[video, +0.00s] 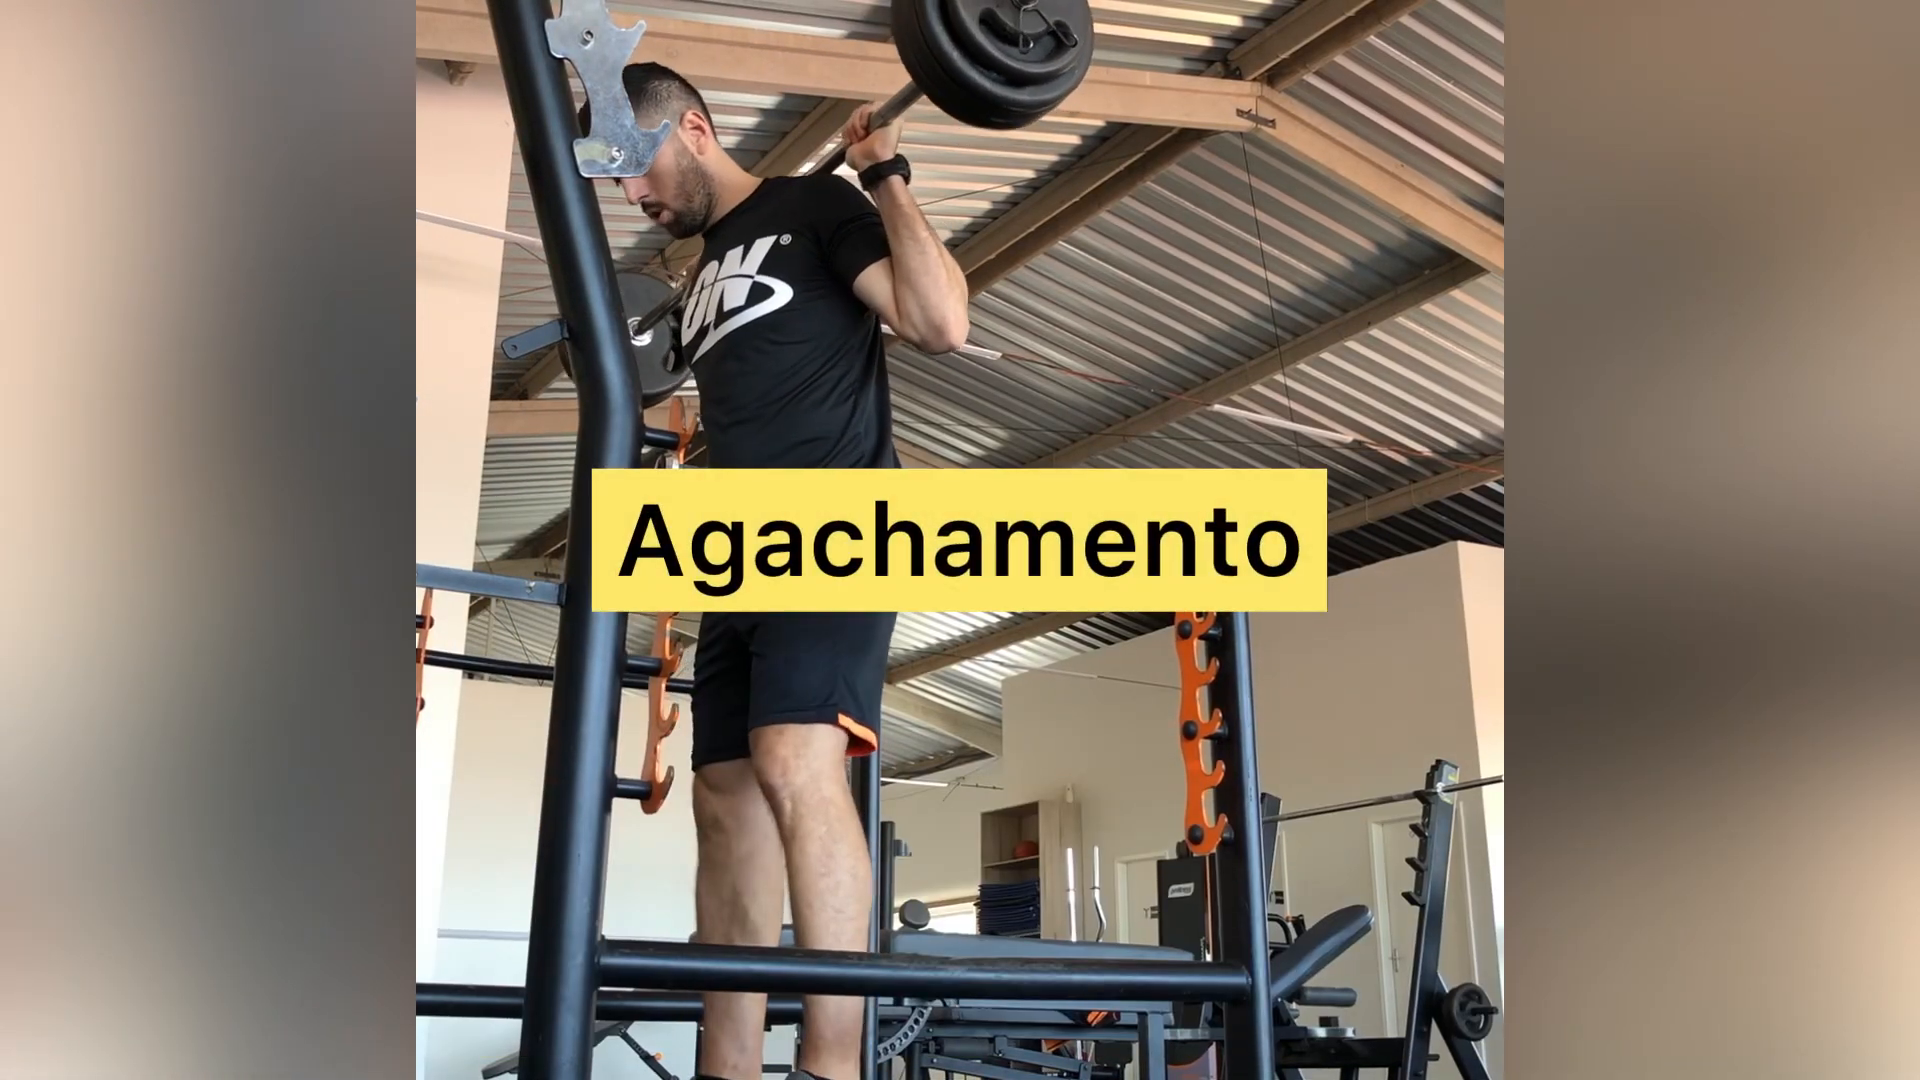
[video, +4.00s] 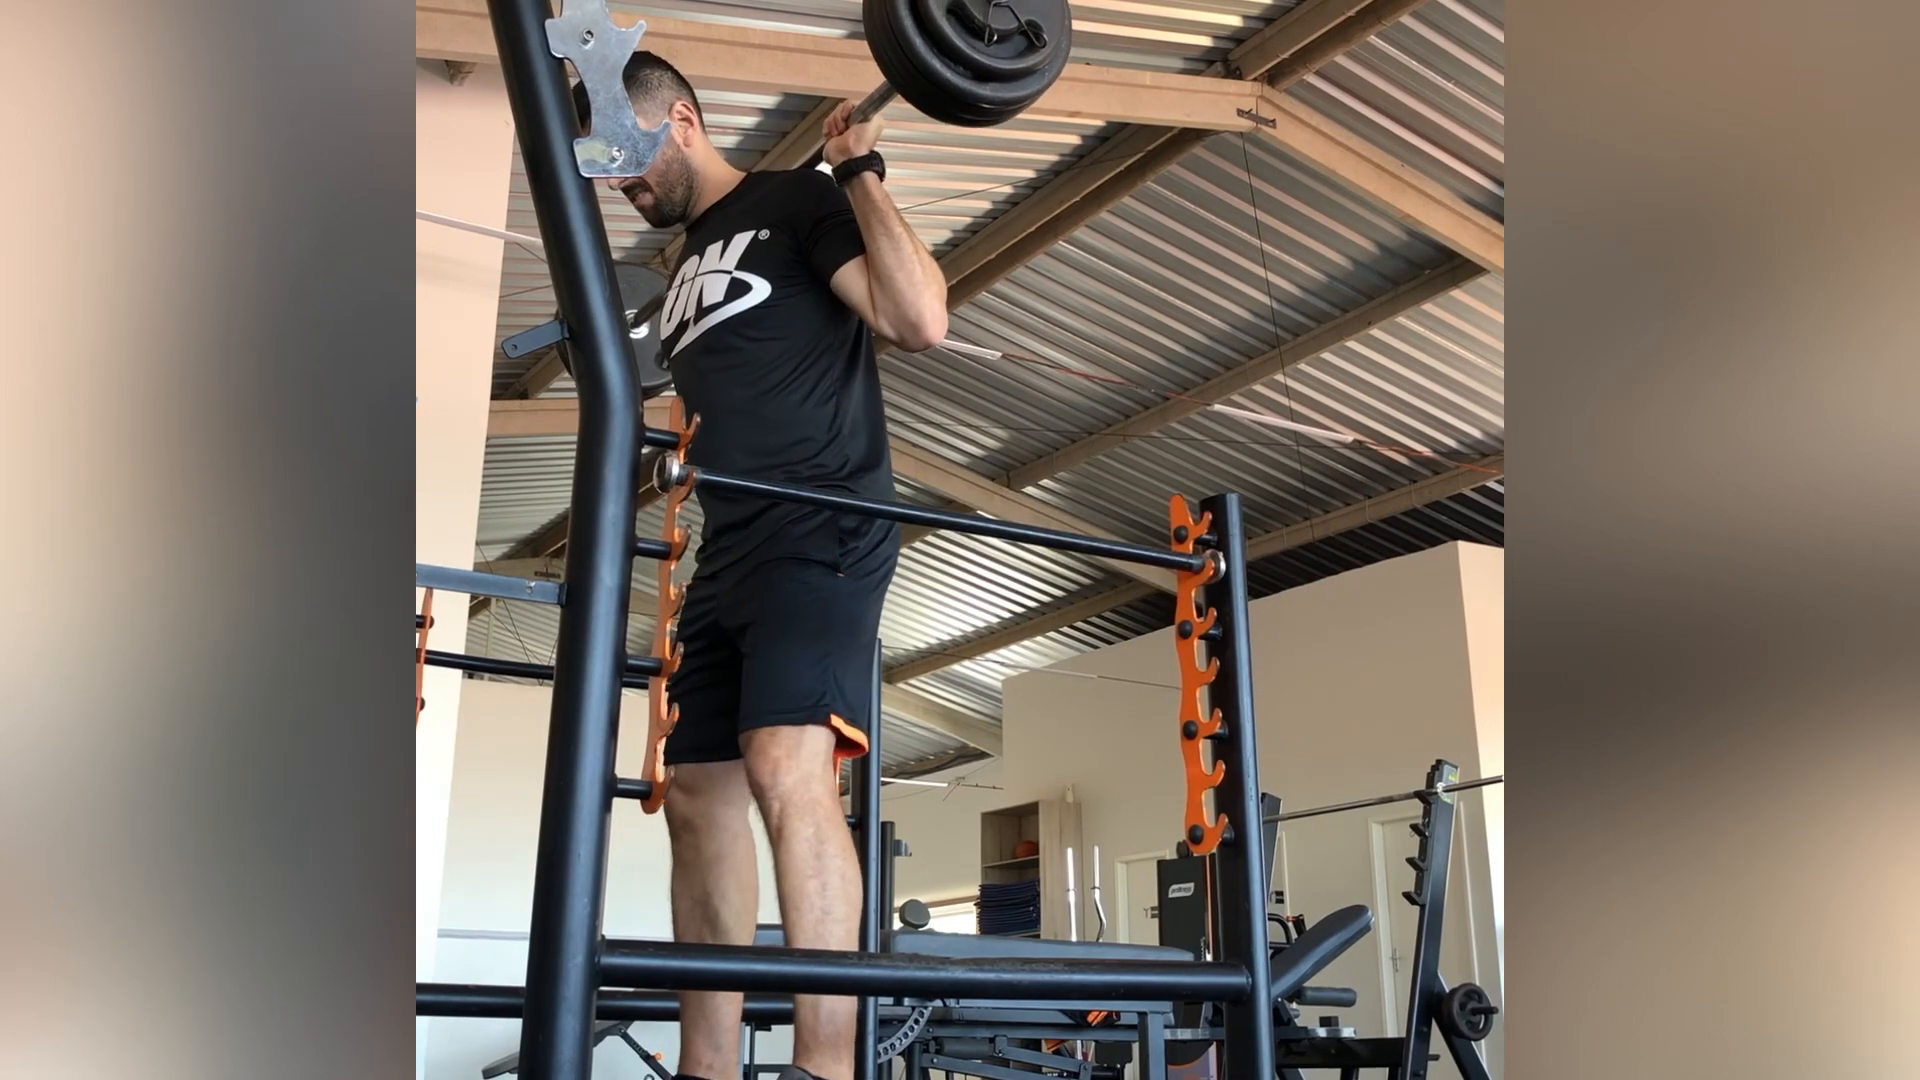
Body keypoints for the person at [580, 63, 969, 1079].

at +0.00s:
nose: (634, 193)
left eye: (638, 163)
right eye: (620, 176)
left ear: (696, 128)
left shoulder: (816, 201)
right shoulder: (700, 281)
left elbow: (943, 323)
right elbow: (716, 434)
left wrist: (889, 183)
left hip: (829, 529)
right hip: (737, 543)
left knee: (797, 761)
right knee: (723, 791)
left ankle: (835, 1065)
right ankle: (730, 1067)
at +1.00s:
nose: (620, 187)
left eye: (629, 157)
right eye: (606, 172)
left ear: (680, 124)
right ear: (614, 172)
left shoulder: (793, 200)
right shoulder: (676, 276)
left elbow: (916, 326)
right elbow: (698, 433)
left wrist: (868, 182)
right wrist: (667, 581)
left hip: (808, 522)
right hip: (714, 539)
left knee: (769, 755)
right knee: (692, 789)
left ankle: (821, 1062)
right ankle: (711, 1066)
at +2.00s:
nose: (623, 181)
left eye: (630, 152)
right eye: (610, 166)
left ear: (679, 116)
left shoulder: (793, 194)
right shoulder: (685, 261)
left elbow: (915, 319)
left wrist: (869, 173)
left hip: (797, 514)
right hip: (719, 533)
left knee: (770, 756)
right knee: (691, 790)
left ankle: (821, 1063)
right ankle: (708, 1065)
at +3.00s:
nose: (631, 180)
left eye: (636, 149)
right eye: (618, 161)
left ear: (692, 113)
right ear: (672, 130)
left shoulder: (804, 190)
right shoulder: (684, 259)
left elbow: (916, 315)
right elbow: (700, 411)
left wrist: (867, 168)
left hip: (799, 521)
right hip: (711, 535)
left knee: (781, 762)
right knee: (697, 787)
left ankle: (826, 1063)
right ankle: (713, 1063)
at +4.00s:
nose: (624, 183)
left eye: (632, 154)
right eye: (611, 168)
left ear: (684, 120)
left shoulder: (799, 199)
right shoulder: (687, 270)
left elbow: (921, 321)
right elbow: (712, 415)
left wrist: (863, 174)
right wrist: (677, 455)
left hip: (819, 527)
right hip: (728, 543)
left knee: (788, 763)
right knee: (699, 788)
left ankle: (828, 1065)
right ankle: (708, 1066)